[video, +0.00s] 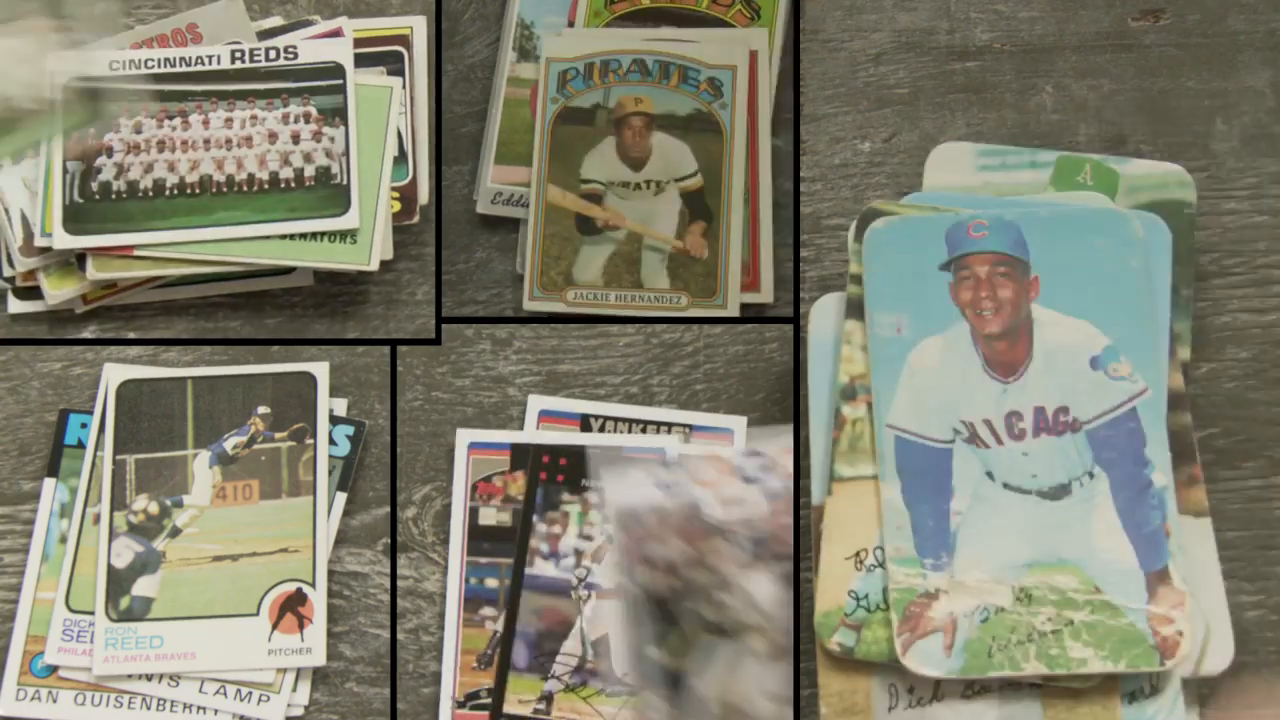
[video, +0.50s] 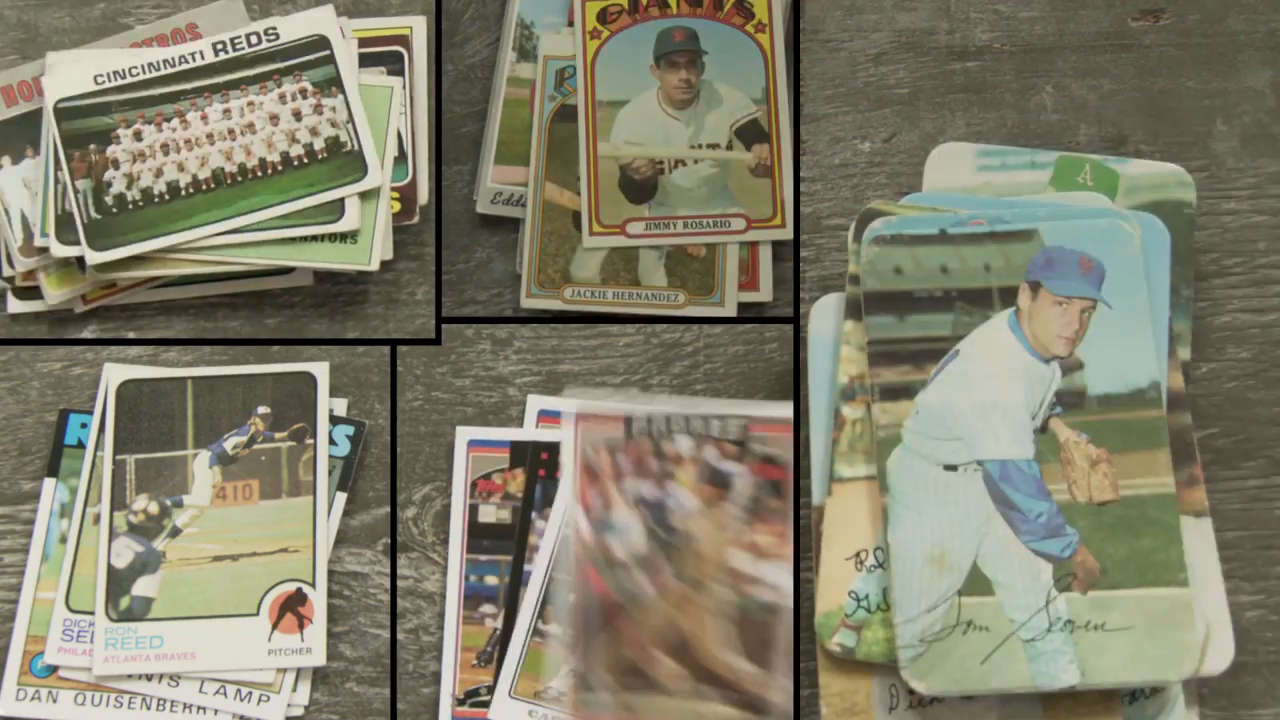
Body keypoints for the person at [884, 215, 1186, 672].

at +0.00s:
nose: (984, 291)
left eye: (1000, 276)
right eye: (969, 279)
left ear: (1031, 288)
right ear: (954, 294)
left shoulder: (1082, 349)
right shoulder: (932, 365)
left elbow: (1127, 468)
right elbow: (925, 485)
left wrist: (1159, 583)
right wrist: (937, 585)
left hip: (1090, 500)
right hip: (997, 502)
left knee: (1165, 631)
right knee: (942, 642)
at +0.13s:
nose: (984, 291)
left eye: (1000, 276)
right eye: (969, 279)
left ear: (1032, 288)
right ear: (954, 294)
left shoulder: (1083, 349)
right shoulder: (931, 366)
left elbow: (1127, 467)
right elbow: (925, 484)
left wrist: (1159, 583)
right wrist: (937, 584)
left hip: (1090, 499)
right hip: (997, 502)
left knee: (1164, 631)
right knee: (944, 642)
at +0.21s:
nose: (1179, 270)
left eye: (1190, 249)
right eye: (1161, 249)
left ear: (1202, 252)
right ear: (1121, 245)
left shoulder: (1148, 305)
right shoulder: (1087, 342)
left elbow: (1163, 376)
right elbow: (1130, 501)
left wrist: (1190, 426)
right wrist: (1197, 560)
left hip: (1104, 503)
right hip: (1030, 518)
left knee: (1162, 636)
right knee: (1029, 671)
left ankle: (1190, 711)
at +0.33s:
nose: (1075, 324)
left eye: (1084, 311)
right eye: (1062, 306)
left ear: (1091, 314)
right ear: (1025, 298)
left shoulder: (1042, 346)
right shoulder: (999, 370)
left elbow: (1035, 399)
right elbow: (1020, 492)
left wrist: (1065, 433)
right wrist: (1074, 553)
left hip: (993, 471)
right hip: (931, 481)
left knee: (1035, 597)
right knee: (923, 617)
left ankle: (1063, 698)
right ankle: (906, 701)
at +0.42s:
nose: (1075, 324)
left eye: (1085, 312)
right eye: (1062, 306)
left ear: (1091, 314)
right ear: (1025, 298)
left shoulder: (1042, 345)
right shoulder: (998, 370)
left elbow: (1035, 398)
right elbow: (1020, 493)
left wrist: (1065, 434)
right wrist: (1075, 553)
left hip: (993, 472)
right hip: (931, 481)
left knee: (1034, 595)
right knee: (923, 618)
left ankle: (1062, 697)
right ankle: (912, 702)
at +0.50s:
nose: (1075, 324)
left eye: (1085, 312)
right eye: (1062, 306)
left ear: (1091, 314)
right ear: (1025, 298)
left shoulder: (1041, 345)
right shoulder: (998, 371)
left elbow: (1033, 398)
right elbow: (1020, 494)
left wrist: (1064, 432)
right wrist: (1075, 553)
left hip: (992, 472)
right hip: (931, 482)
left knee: (1033, 593)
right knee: (923, 620)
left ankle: (1062, 697)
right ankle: (912, 703)